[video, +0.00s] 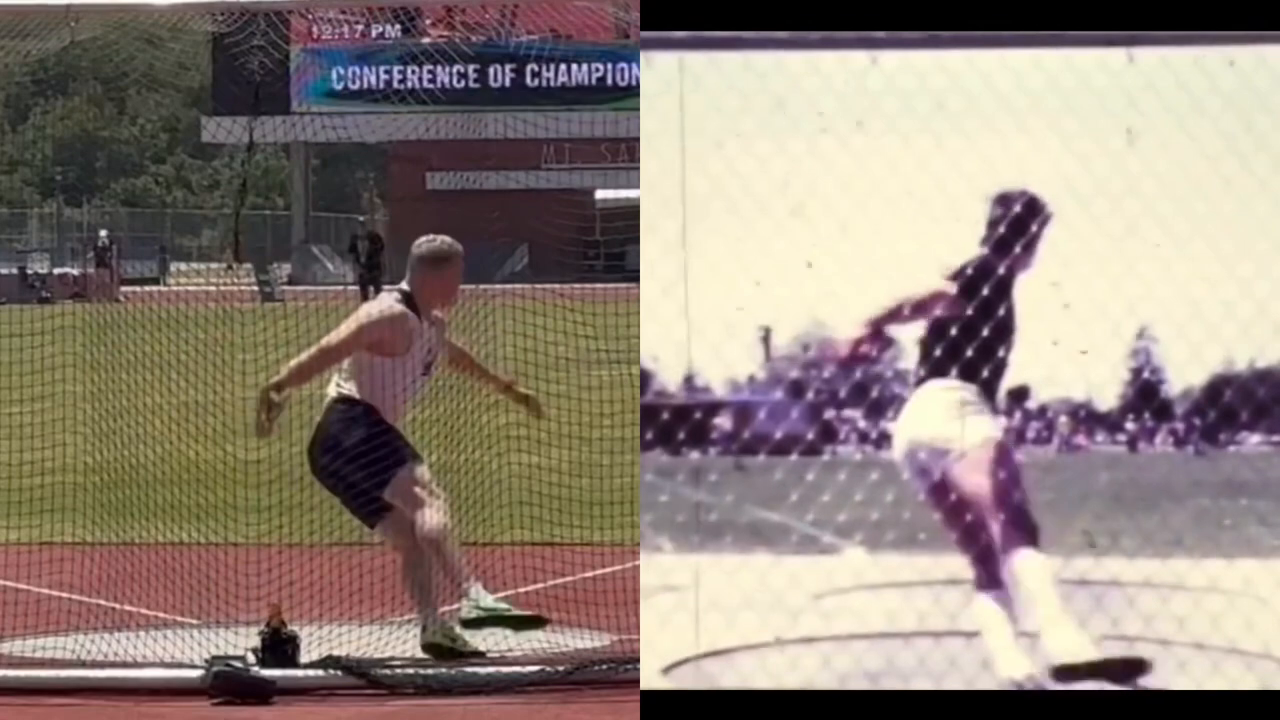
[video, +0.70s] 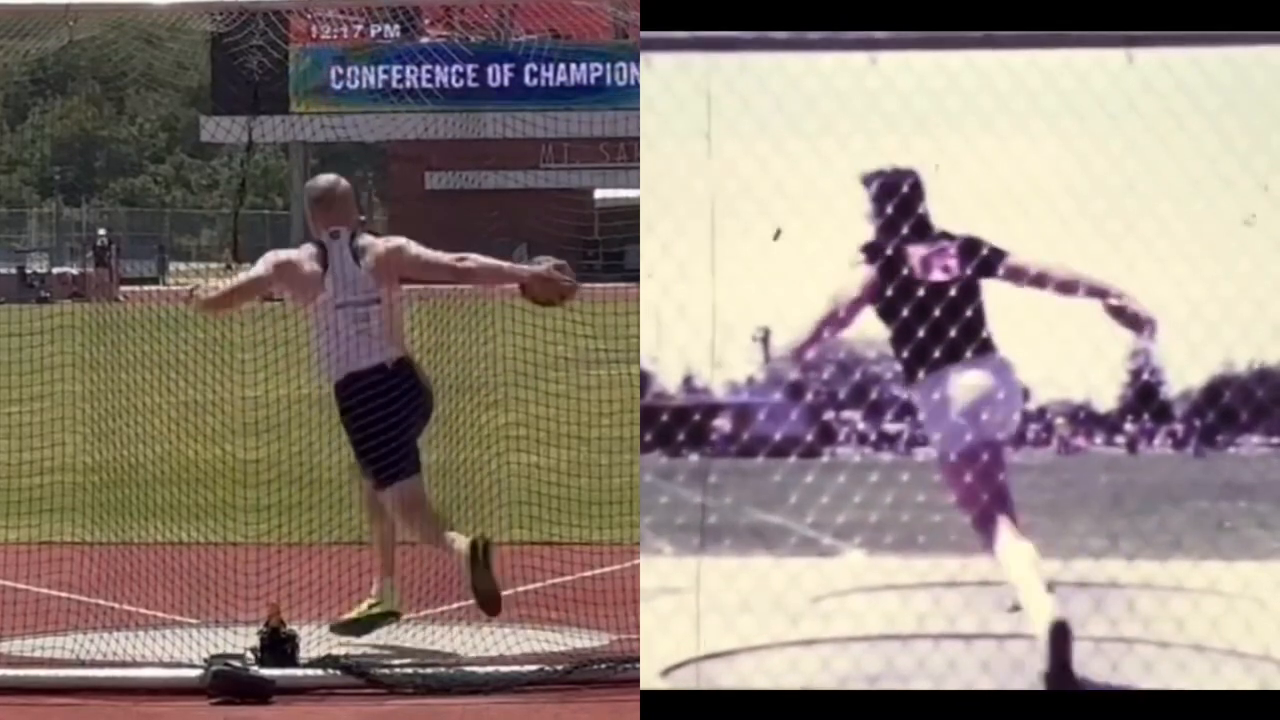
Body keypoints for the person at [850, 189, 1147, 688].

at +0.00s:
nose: (1038, 251)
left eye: (1040, 239)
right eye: (1037, 239)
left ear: (995, 231)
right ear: (1022, 239)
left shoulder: (977, 281)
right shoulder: (989, 273)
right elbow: (928, 304)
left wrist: (872, 339)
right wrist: (871, 329)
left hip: (911, 420)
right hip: (953, 406)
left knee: (981, 558)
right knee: (1014, 531)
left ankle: (1013, 668)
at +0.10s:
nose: (1034, 251)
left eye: (1036, 239)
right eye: (1032, 239)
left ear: (993, 228)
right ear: (1018, 235)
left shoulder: (982, 282)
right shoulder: (988, 272)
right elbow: (938, 302)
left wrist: (896, 346)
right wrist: (894, 340)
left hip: (909, 422)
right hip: (948, 402)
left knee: (981, 549)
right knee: (1032, 514)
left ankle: (1012, 668)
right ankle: (1108, 641)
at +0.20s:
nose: (1025, 253)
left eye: (1027, 241)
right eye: (1025, 241)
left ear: (978, 230)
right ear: (1013, 240)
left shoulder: (935, 280)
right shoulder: (1003, 277)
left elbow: (879, 315)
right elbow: (976, 299)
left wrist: (845, 350)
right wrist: (960, 335)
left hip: (902, 415)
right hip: (954, 399)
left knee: (978, 549)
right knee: (1065, 505)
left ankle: (1011, 670)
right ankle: (1154, 630)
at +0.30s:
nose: (1010, 256)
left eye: (1008, 248)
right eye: (1009, 247)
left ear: (963, 237)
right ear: (1000, 243)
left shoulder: (918, 284)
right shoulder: (999, 277)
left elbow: (847, 321)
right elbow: (1020, 310)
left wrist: (806, 371)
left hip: (905, 420)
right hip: (965, 401)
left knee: (976, 550)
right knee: (1078, 497)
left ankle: (1012, 670)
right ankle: (1156, 607)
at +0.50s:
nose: (969, 235)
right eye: (969, 227)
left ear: (924, 230)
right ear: (968, 228)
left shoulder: (892, 273)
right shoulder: (984, 267)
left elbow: (824, 310)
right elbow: (1042, 293)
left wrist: (801, 363)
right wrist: (1102, 311)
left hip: (923, 407)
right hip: (981, 386)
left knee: (972, 535)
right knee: (1049, 479)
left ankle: (1007, 658)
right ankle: (1111, 572)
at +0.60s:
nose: (925, 238)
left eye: (913, 228)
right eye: (934, 227)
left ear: (899, 223)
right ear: (944, 215)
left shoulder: (880, 269)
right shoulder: (974, 258)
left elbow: (830, 307)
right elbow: (1046, 283)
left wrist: (804, 358)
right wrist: (1117, 303)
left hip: (938, 399)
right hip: (990, 379)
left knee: (980, 529)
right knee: (1013, 470)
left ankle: (1022, 656)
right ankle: (1065, 562)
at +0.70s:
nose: (870, 217)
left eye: (873, 209)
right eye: (873, 207)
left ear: (883, 212)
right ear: (919, 204)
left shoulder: (880, 261)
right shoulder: (964, 250)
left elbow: (843, 311)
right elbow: (1038, 275)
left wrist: (803, 350)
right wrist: (1108, 295)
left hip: (944, 392)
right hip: (995, 375)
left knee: (988, 515)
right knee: (997, 495)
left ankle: (1046, 617)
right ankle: (1031, 582)